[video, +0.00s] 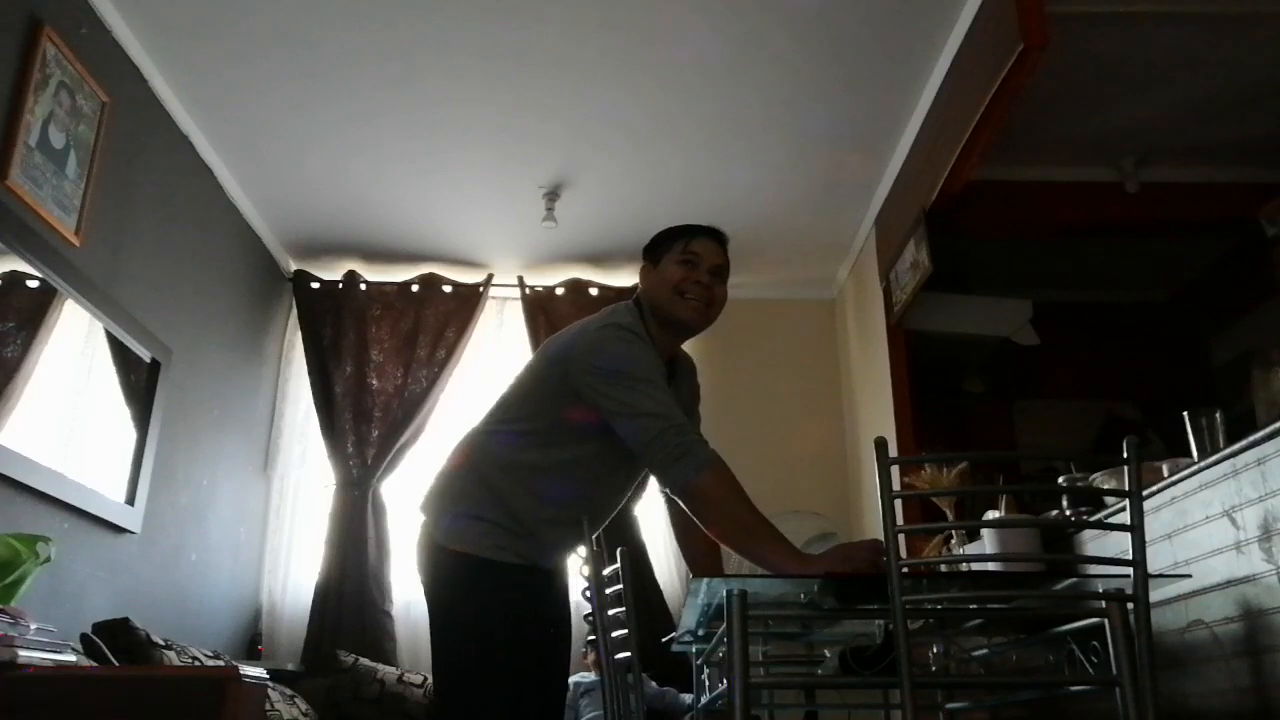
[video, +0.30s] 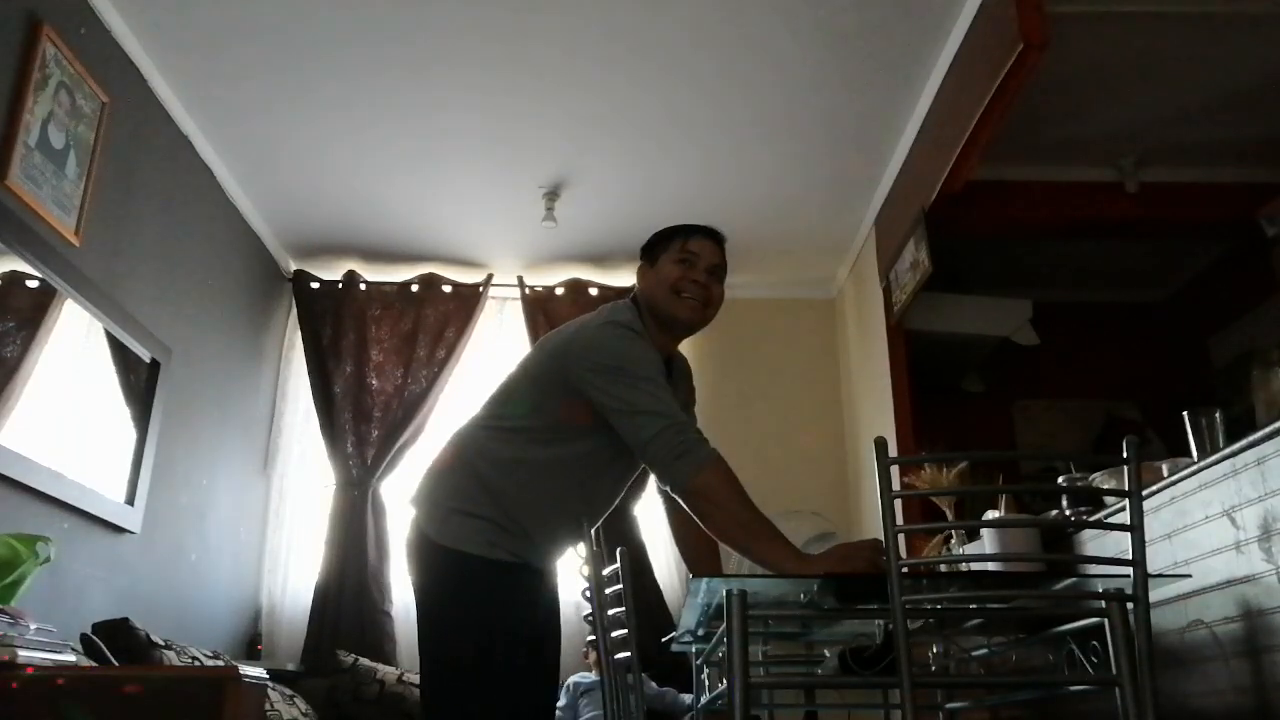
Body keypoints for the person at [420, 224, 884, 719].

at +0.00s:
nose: (703, 280)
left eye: (717, 275)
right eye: (687, 263)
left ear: (722, 300)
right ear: (646, 272)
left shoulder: (679, 378)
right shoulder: (611, 343)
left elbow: (687, 498)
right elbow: (691, 470)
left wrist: (718, 602)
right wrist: (798, 564)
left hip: (536, 555)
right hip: (476, 542)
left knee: (538, 704)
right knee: (488, 706)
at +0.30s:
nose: (700, 278)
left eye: (715, 273)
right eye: (684, 261)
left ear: (719, 297)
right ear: (644, 272)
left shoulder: (673, 378)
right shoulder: (611, 340)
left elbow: (685, 498)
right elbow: (690, 467)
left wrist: (716, 599)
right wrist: (802, 565)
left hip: (526, 552)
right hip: (466, 537)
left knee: (529, 703)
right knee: (475, 705)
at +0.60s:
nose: (699, 270)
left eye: (713, 265)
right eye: (683, 255)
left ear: (718, 291)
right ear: (642, 269)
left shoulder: (676, 374)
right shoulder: (612, 336)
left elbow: (688, 497)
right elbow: (693, 468)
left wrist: (717, 600)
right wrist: (801, 564)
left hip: (524, 551)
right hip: (463, 534)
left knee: (526, 702)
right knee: (469, 704)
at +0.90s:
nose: (710, 284)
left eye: (722, 280)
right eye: (696, 265)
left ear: (723, 302)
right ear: (650, 268)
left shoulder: (672, 377)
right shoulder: (613, 339)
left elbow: (685, 499)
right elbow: (693, 469)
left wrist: (717, 601)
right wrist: (803, 564)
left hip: (526, 549)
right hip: (470, 534)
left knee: (535, 704)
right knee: (492, 705)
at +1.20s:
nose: (685, 325)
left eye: (690, 308)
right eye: (689, 305)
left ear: (626, 281)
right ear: (668, 290)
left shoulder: (579, 335)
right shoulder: (599, 333)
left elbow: (656, 487)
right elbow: (682, 456)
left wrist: (722, 579)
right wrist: (799, 547)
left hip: (470, 563)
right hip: (484, 566)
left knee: (520, 714)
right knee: (555, 713)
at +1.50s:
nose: (623, 204)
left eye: (625, 197)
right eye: (623, 195)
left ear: (556, 174)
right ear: (615, 184)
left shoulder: (500, 228)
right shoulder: (599, 205)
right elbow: (611, 327)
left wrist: (633, 357)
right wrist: (667, 374)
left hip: (440, 459)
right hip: (504, 459)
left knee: (473, 654)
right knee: (523, 662)